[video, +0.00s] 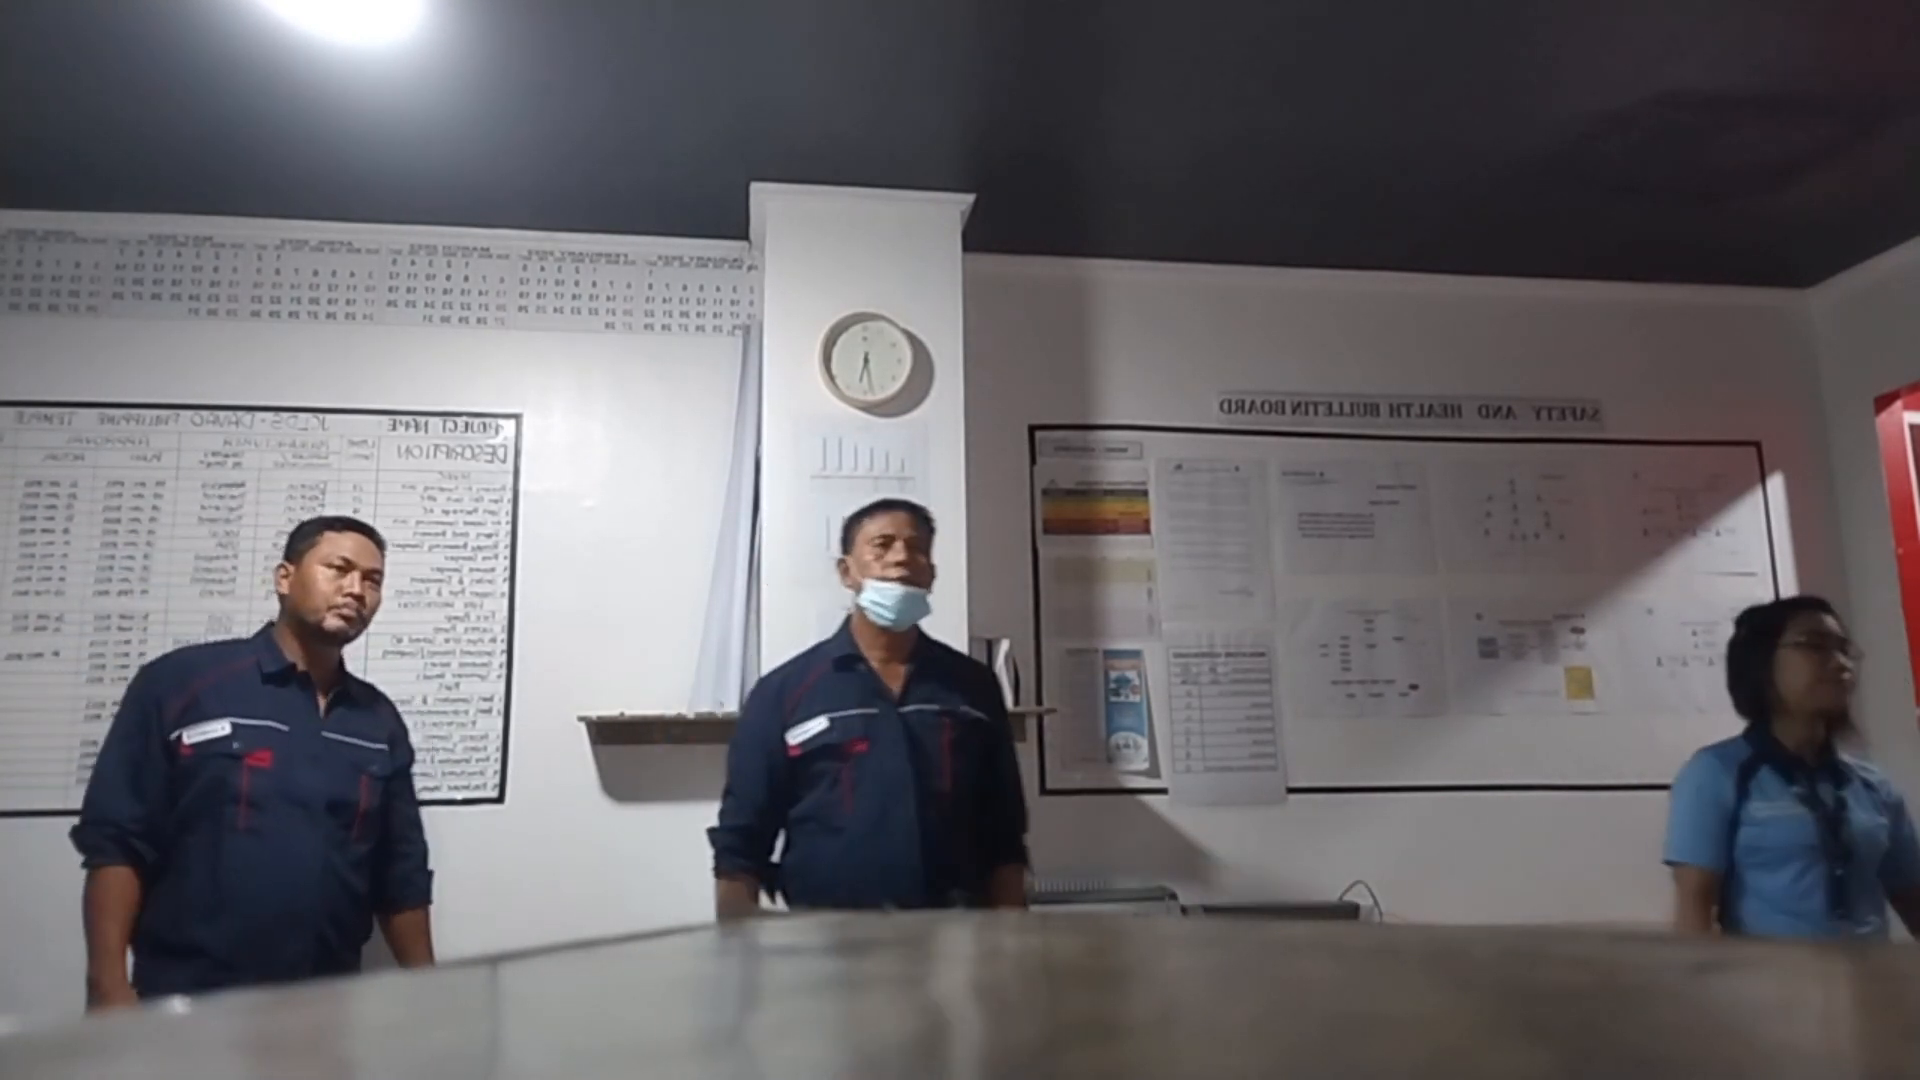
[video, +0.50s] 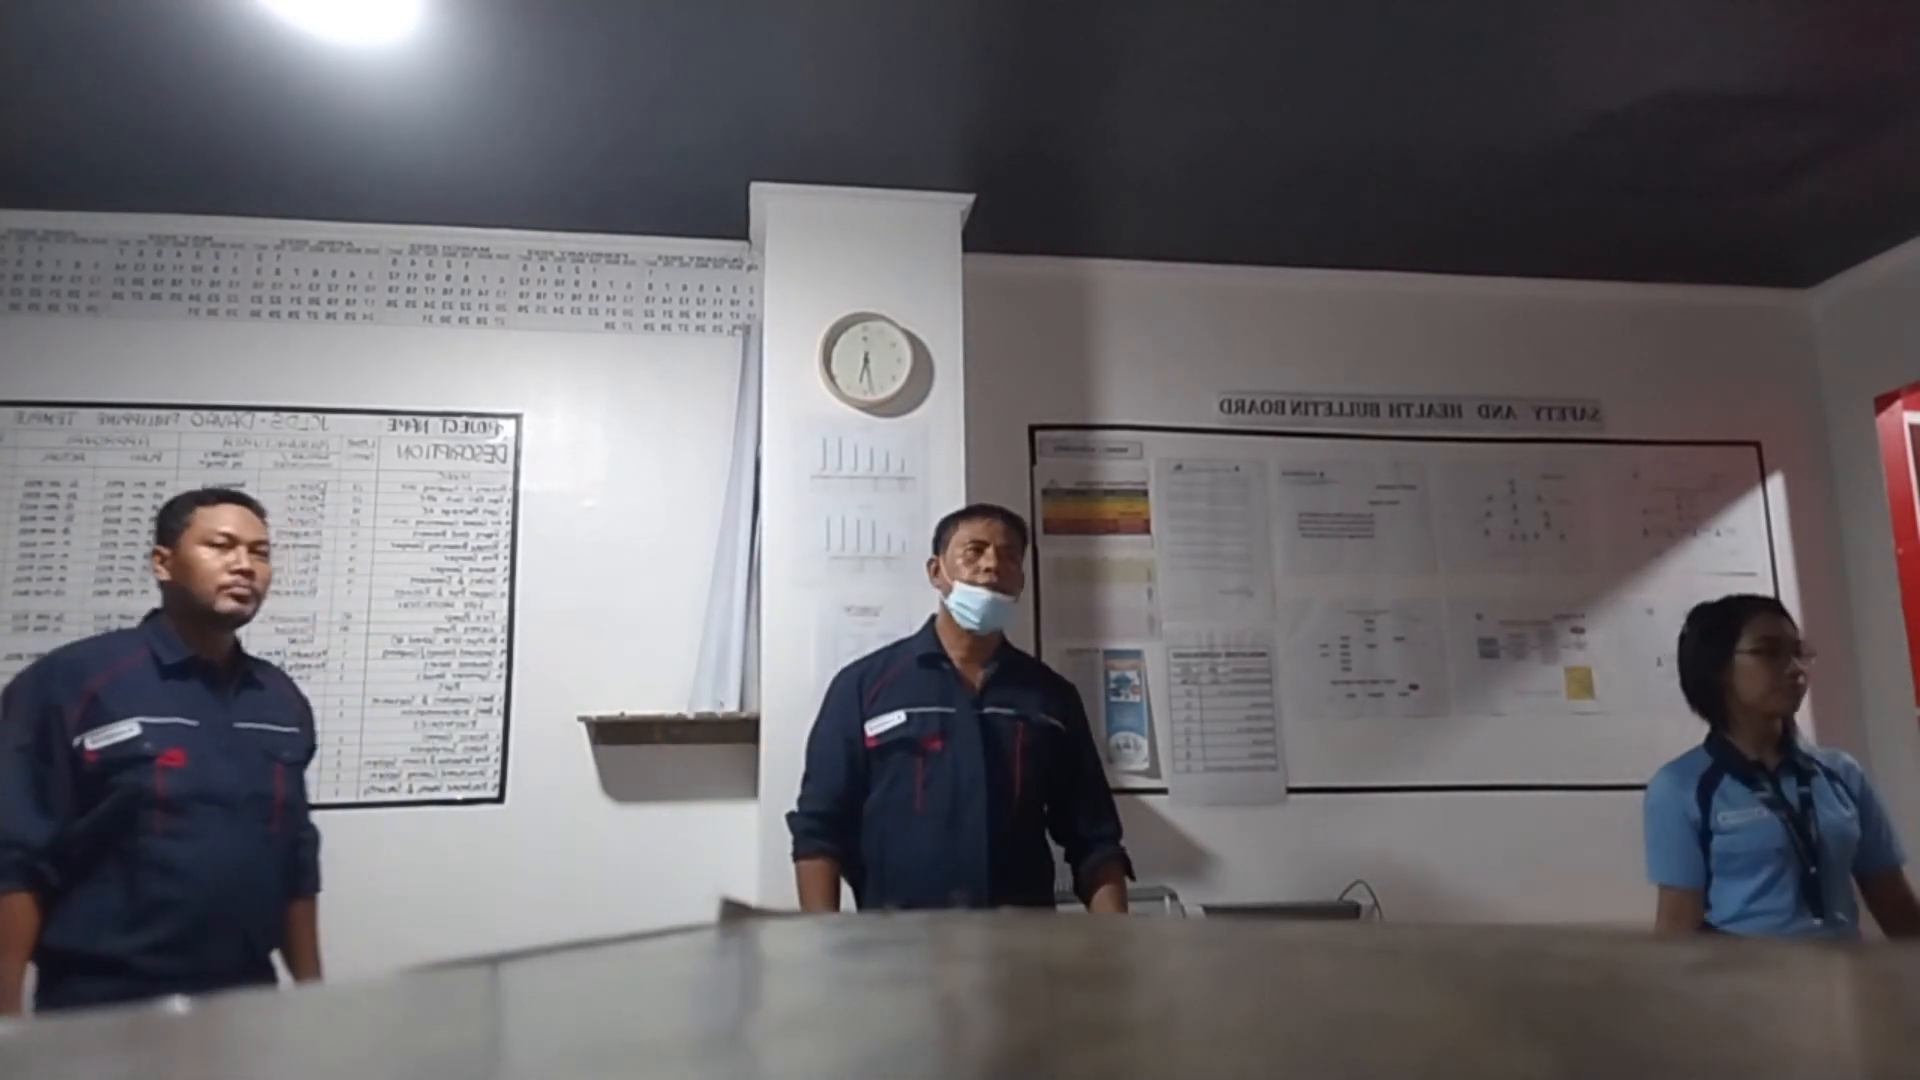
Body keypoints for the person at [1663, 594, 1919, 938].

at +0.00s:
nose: (1841, 662)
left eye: (1844, 648)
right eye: (1815, 645)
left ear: (1855, 662)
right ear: (1760, 663)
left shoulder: (1874, 789)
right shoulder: (1714, 776)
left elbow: (1916, 914)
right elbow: (1693, 926)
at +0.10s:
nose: (1817, 662)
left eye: (1823, 649)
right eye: (1792, 645)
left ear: (1832, 665)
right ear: (1739, 663)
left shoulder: (1856, 786)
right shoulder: (1695, 778)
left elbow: (1909, 919)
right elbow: (1659, 910)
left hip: (1847, 990)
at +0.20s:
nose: (1799, 659)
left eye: (1806, 647)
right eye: (1774, 645)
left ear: (1816, 661)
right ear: (1722, 662)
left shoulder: (1846, 779)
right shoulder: (1682, 778)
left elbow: (1899, 915)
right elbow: (1642, 913)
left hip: (1841, 988)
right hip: (1734, 991)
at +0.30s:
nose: (1790, 666)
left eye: (1795, 653)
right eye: (1766, 652)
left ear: (1804, 663)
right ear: (1712, 669)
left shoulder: (1839, 776)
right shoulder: (1678, 786)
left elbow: (1891, 913)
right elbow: (1643, 918)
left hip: (1842, 991)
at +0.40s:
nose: (1788, 669)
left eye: (1792, 655)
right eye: (1763, 655)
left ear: (1800, 663)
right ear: (1711, 672)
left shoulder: (1839, 777)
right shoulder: (1678, 790)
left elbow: (1893, 914)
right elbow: (1655, 931)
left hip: (1843, 992)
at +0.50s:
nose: (1796, 667)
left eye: (1798, 652)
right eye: (1770, 652)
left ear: (1806, 660)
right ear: (1716, 667)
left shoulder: (1841, 775)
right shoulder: (1682, 788)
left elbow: (1900, 915)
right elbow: (1676, 938)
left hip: (1847, 988)